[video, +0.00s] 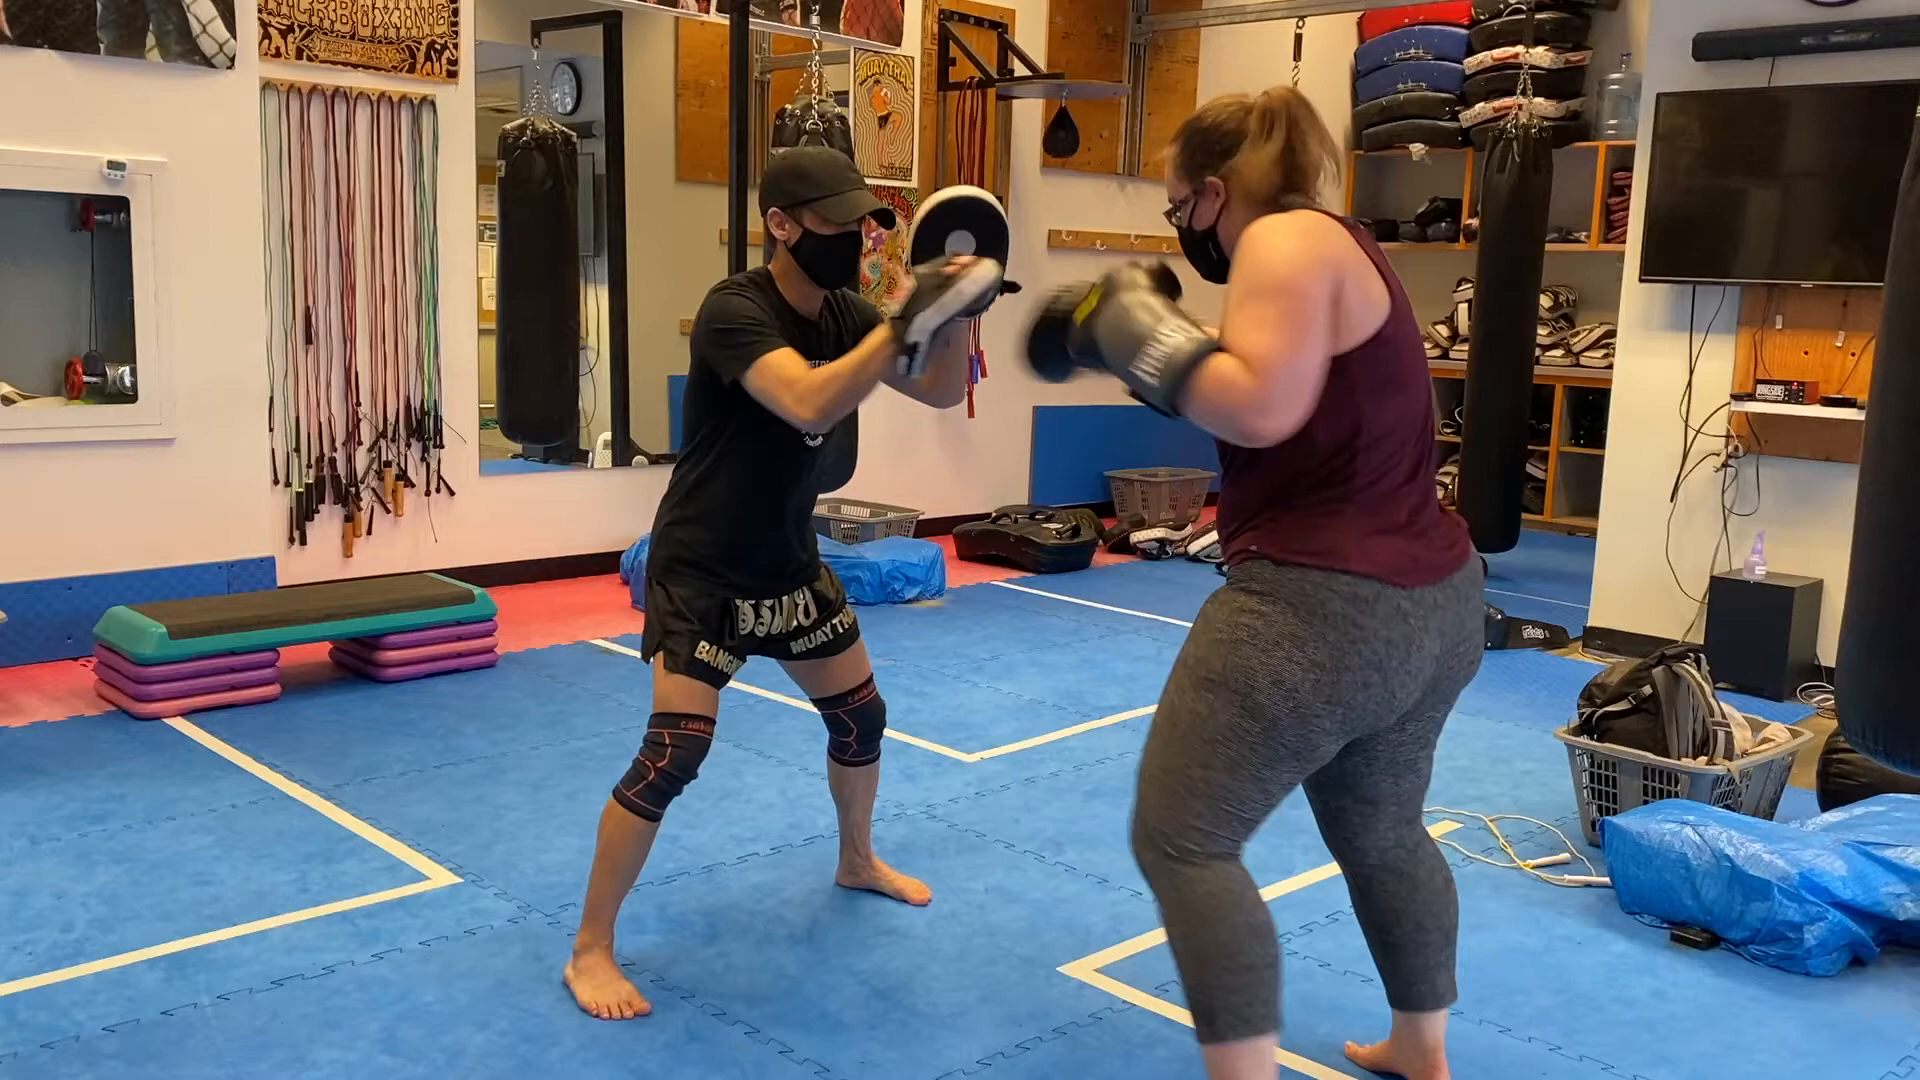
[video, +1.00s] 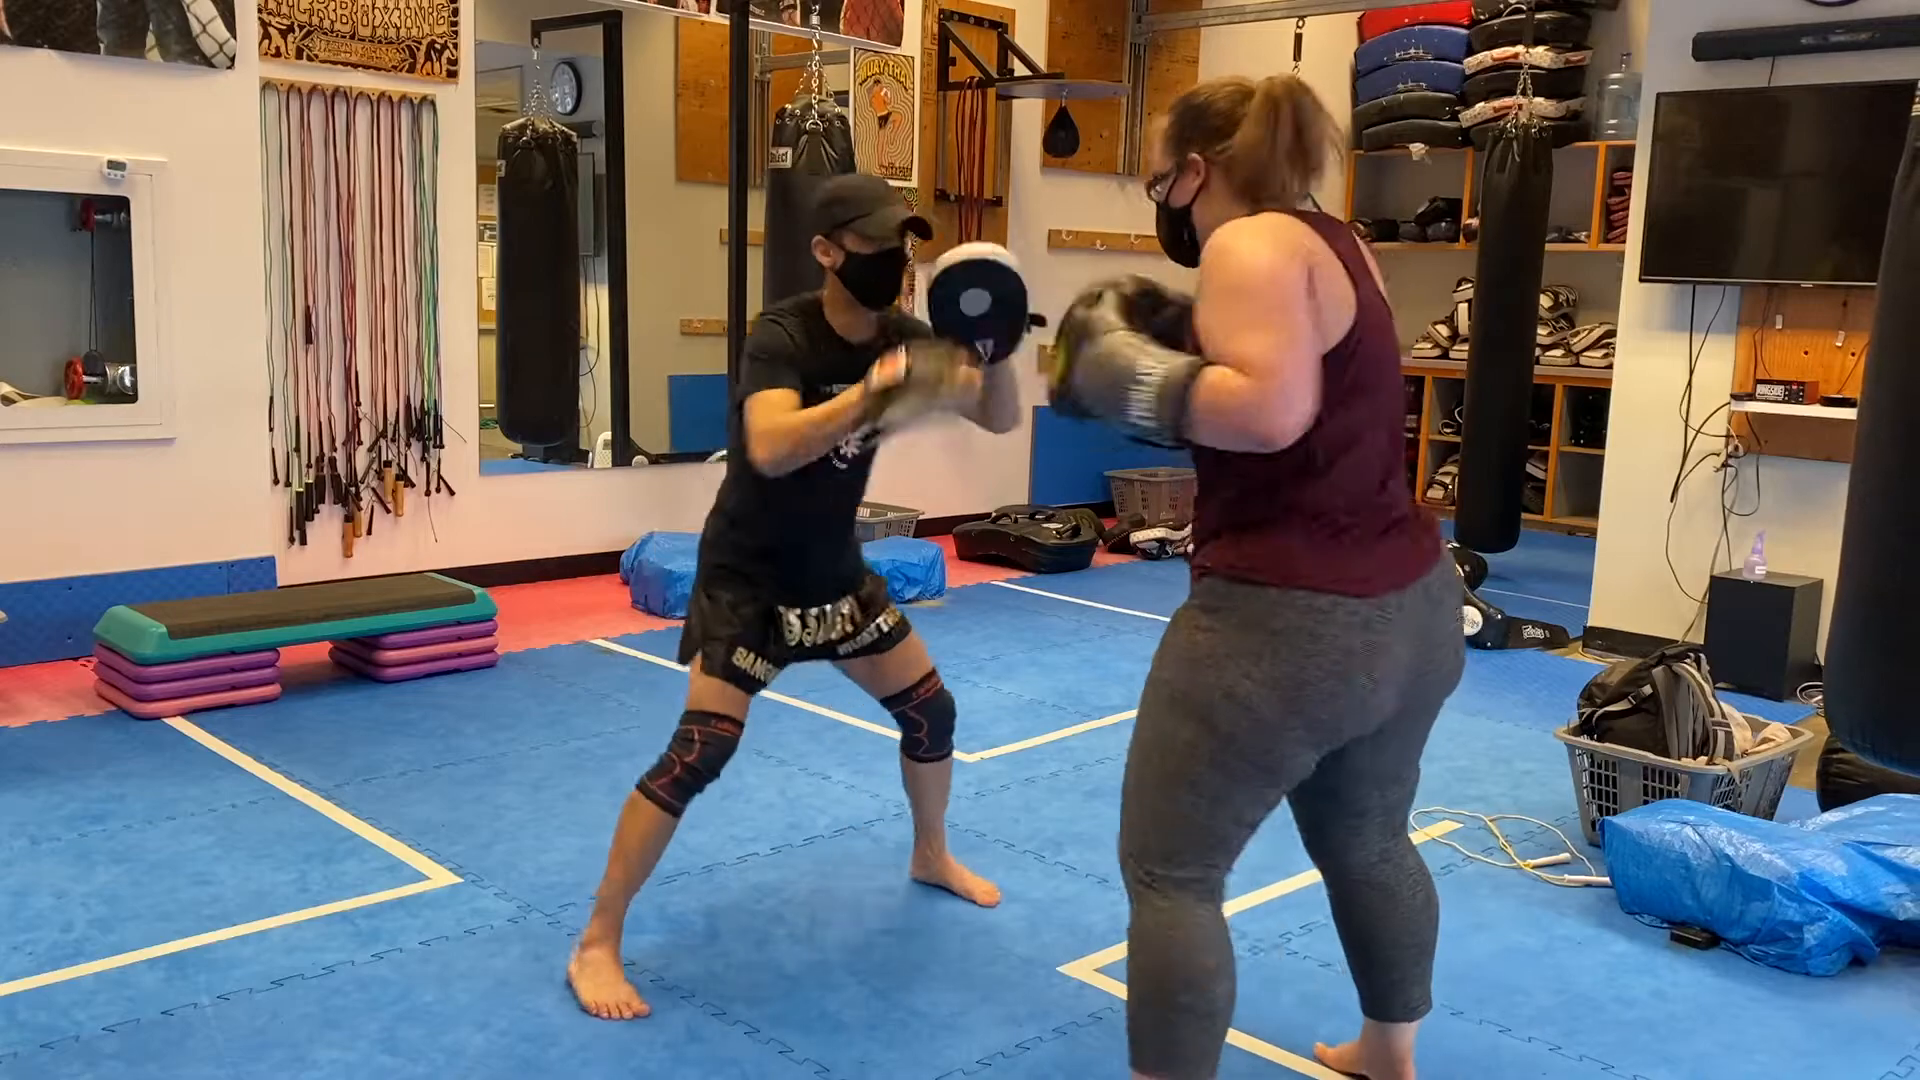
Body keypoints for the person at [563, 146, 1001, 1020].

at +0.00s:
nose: (859, 242)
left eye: (861, 227)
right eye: (843, 228)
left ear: (844, 228)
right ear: (785, 224)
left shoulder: (844, 310)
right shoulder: (731, 313)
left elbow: (940, 388)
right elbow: (809, 405)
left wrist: (953, 306)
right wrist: (902, 319)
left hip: (790, 554)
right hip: (702, 559)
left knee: (859, 717)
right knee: (676, 747)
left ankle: (857, 861)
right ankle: (592, 947)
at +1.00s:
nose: (898, 263)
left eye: (902, 247)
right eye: (880, 250)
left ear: (908, 243)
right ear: (829, 250)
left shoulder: (904, 338)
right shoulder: (777, 335)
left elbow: (1001, 417)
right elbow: (769, 448)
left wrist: (993, 340)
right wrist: (872, 392)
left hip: (834, 562)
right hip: (747, 566)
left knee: (929, 712)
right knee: (704, 745)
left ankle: (932, 856)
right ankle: (599, 941)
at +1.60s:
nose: (719, 242)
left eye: (727, 227)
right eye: (702, 228)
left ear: (738, 225)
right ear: (657, 226)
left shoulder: (759, 319)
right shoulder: (610, 317)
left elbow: (800, 400)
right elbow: (544, 405)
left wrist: (812, 439)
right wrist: (574, 437)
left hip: (731, 533)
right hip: (632, 535)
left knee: (792, 691)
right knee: (596, 702)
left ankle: (848, 838)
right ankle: (608, 811)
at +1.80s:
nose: (694, 210)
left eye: (701, 196)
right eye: (675, 198)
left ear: (712, 197)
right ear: (629, 203)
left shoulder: (737, 297)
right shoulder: (580, 294)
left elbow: (787, 364)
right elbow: (520, 401)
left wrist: (816, 391)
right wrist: (566, 400)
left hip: (706, 518)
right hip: (606, 520)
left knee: (728, 687)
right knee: (581, 684)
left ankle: (699, 839)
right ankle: (605, 803)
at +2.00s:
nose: (678, 232)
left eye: (685, 218)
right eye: (659, 219)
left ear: (695, 222)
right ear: (614, 225)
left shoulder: (714, 321)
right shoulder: (560, 312)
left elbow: (796, 395)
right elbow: (490, 418)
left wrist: (819, 387)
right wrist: (541, 417)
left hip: (673, 540)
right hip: (568, 538)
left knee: (714, 704)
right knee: (489, 698)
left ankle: (696, 848)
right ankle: (519, 795)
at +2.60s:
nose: (562, 223)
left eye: (569, 206)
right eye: (542, 210)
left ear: (581, 204)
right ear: (490, 214)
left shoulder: (611, 312)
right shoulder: (439, 317)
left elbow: (731, 347)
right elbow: (354, 424)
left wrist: (706, 255)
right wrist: (421, 416)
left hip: (573, 563)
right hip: (458, 566)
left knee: (620, 738)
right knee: (398, 743)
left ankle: (650, 916)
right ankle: (411, 833)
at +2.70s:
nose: (565, 230)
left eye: (573, 213)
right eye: (544, 215)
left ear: (586, 216)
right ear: (495, 223)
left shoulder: (619, 327)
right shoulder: (444, 324)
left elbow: (721, 374)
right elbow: (352, 432)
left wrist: (749, 308)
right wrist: (402, 428)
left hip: (575, 568)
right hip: (460, 567)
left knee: (621, 741)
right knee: (365, 742)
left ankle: (650, 916)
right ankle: (393, 818)